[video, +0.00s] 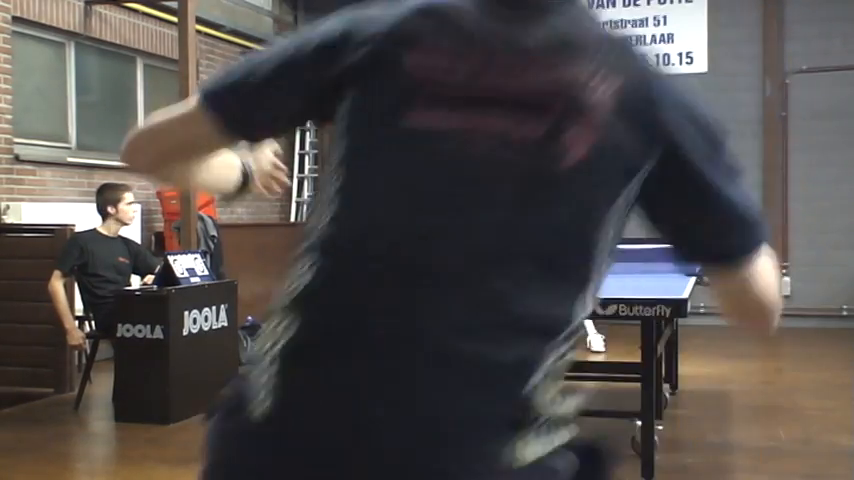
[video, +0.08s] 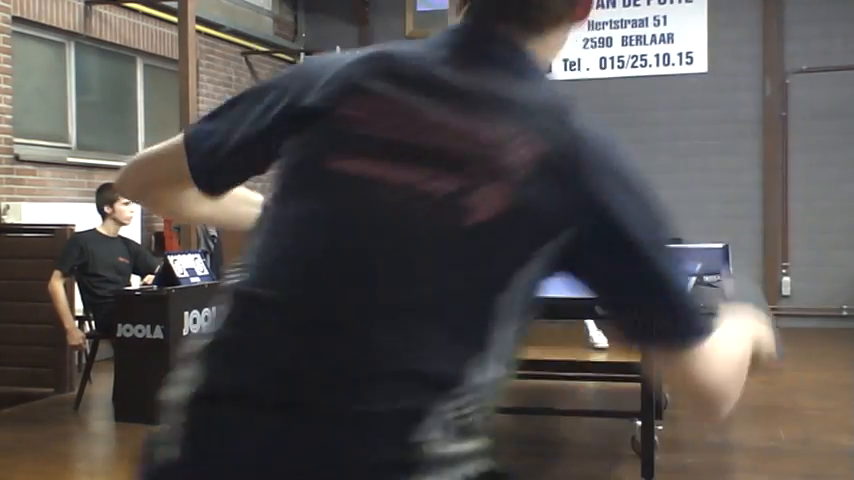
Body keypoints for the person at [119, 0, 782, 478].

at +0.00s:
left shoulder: (379, 35)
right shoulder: (639, 90)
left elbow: (148, 150)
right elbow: (761, 308)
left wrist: (232, 165)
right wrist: (726, 237)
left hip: (290, 434)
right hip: (489, 448)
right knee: (595, 452)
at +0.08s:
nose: (589, 24)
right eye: (590, 18)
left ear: (462, 1)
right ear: (577, 17)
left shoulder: (336, 77)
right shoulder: (565, 154)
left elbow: (149, 181)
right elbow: (711, 389)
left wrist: (276, 219)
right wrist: (741, 323)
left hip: (217, 443)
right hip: (398, 459)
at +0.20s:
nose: (578, 98)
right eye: (584, 80)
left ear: (449, 51)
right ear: (570, 95)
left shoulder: (330, 114)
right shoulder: (481, 233)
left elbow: (192, 170)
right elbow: (557, 463)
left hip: (101, 378)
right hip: (190, 448)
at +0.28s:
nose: (584, 151)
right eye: (588, 133)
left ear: (447, 98)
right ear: (570, 152)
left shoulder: (350, 162)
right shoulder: (441, 294)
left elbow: (234, 180)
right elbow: (453, 464)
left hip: (61, 386)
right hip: (117, 460)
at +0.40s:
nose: (569, 221)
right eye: (577, 205)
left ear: (436, 146)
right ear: (557, 221)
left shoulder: (343, 212)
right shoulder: (377, 376)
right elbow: (221, 463)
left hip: (50, 398)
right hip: (73, 461)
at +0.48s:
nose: (568, 210)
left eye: (576, 191)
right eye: (574, 191)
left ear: (434, 141)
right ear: (550, 205)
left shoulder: (339, 205)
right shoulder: (351, 345)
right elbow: (248, 469)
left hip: (50, 402)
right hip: (63, 462)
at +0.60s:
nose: (543, 56)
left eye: (546, 34)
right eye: (538, 30)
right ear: (477, 29)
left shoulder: (276, 73)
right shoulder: (402, 195)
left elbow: (76, 174)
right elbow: (441, 449)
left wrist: (171, 268)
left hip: (36, 415)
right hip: (154, 457)